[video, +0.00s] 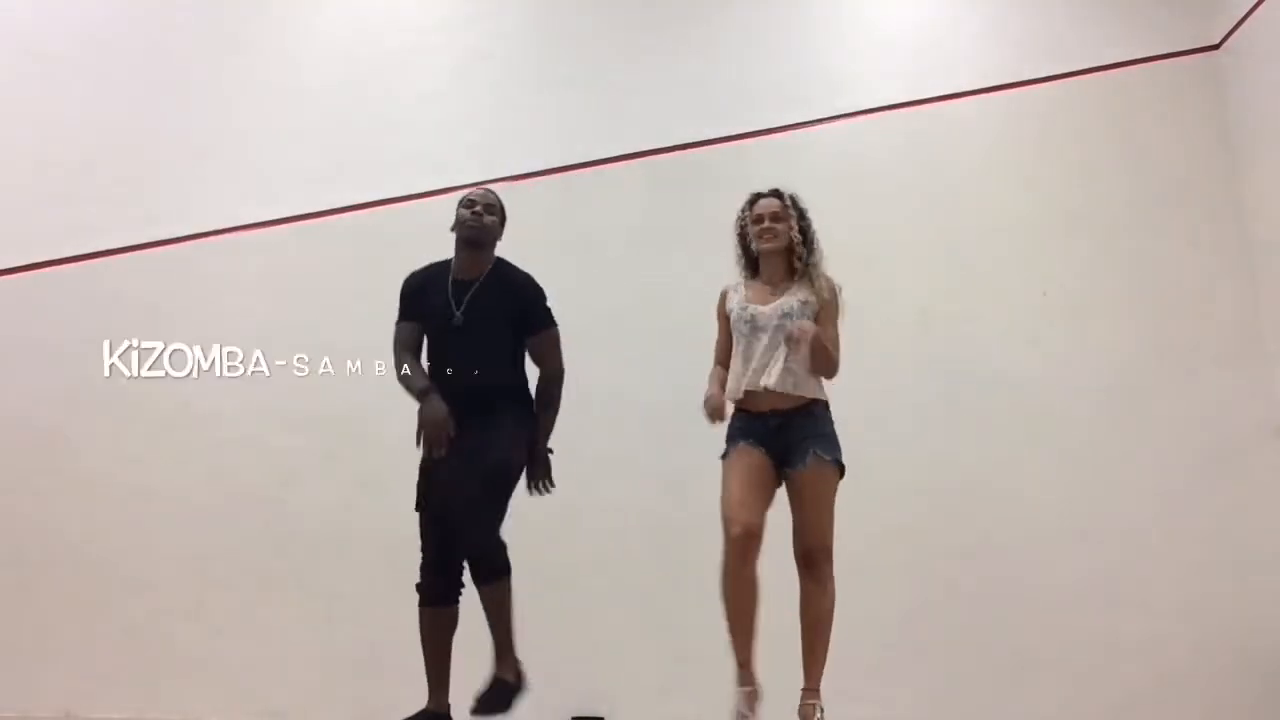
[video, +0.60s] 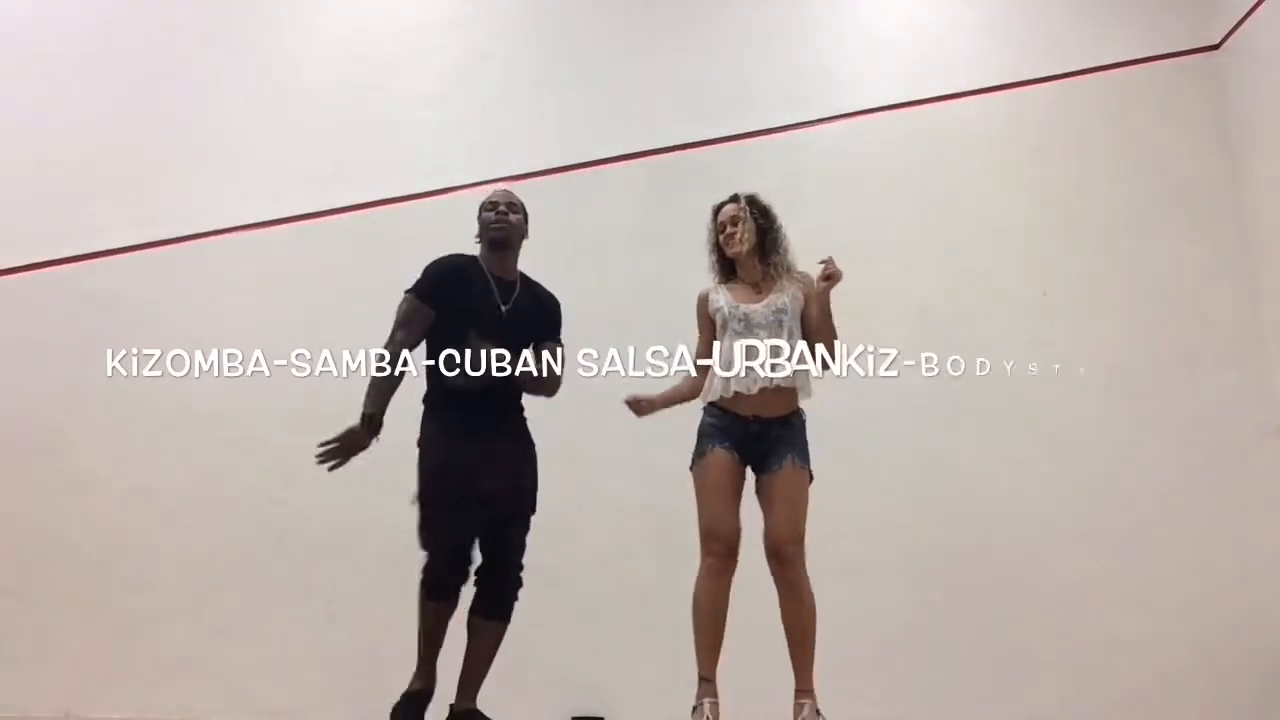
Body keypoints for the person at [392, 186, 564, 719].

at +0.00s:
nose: (478, 208)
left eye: (490, 207)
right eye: (469, 204)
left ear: (502, 230)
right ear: (452, 222)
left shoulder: (520, 288)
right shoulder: (422, 285)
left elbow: (552, 371)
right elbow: (405, 358)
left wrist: (539, 445)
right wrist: (429, 397)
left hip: (505, 428)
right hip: (446, 428)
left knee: (479, 534)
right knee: (437, 557)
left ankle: (507, 670)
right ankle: (437, 703)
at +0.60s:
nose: (499, 211)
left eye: (510, 207)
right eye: (490, 207)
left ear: (526, 230)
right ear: (477, 228)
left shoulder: (542, 303)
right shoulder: (450, 273)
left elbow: (549, 382)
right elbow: (397, 345)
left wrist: (502, 365)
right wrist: (369, 421)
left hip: (509, 449)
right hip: (448, 446)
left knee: (503, 574)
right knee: (447, 565)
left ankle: (465, 703)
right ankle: (423, 682)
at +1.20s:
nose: (461, 182)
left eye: (473, 178)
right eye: (453, 177)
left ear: (490, 200)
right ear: (439, 198)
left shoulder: (513, 255)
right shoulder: (411, 266)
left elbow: (548, 333)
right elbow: (385, 344)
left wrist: (551, 412)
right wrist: (405, 343)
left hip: (492, 439)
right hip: (423, 437)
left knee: (482, 575)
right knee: (416, 570)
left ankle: (464, 705)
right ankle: (418, 703)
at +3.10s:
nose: (480, 234)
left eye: (490, 224)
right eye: (471, 225)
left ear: (509, 222)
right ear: (462, 226)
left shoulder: (543, 274)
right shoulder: (450, 291)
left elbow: (567, 358)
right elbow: (441, 369)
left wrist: (555, 432)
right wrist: (419, 434)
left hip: (516, 444)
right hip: (457, 445)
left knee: (500, 566)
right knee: (458, 569)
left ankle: (482, 698)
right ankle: (472, 698)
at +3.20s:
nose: (480, 231)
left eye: (490, 221)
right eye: (471, 222)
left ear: (510, 220)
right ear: (462, 224)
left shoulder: (543, 274)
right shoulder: (447, 290)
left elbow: (571, 357)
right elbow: (435, 372)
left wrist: (567, 432)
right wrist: (416, 445)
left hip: (518, 446)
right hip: (457, 446)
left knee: (497, 565)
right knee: (458, 569)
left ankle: (472, 697)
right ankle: (472, 697)